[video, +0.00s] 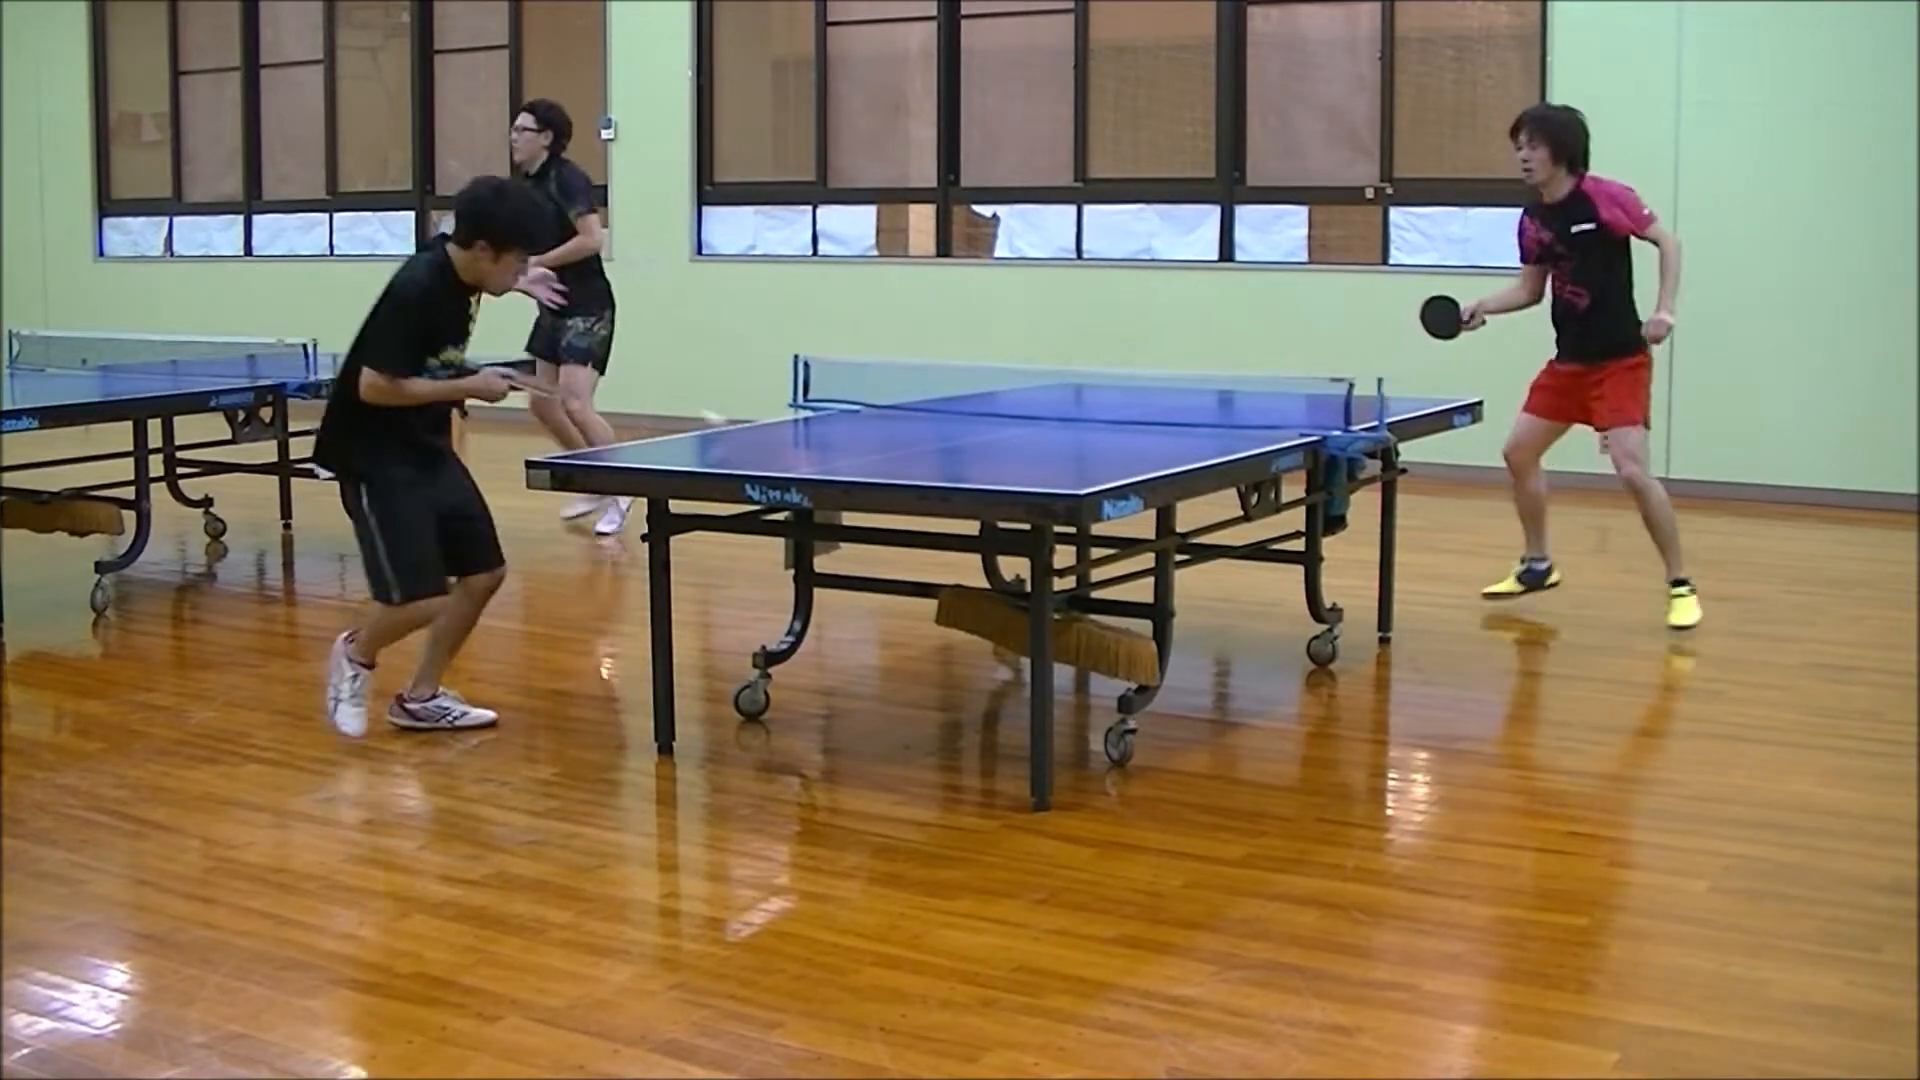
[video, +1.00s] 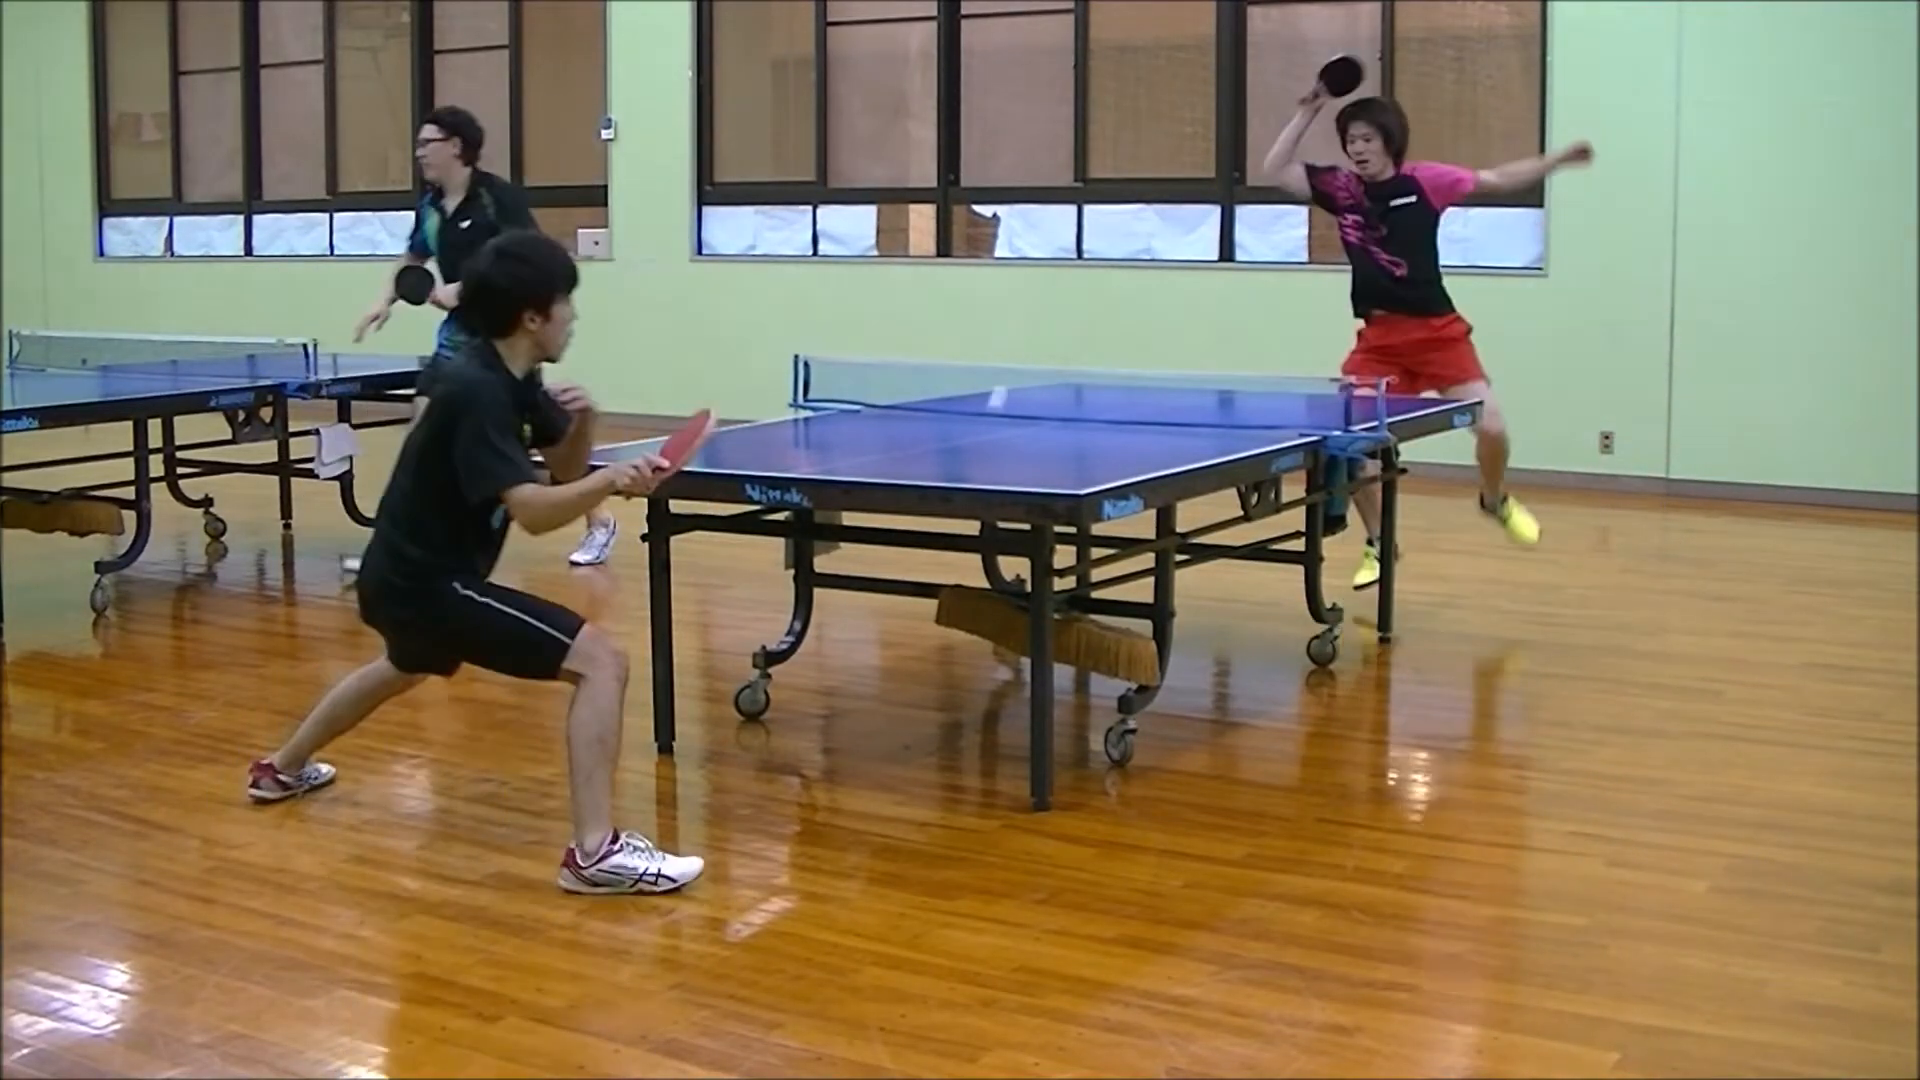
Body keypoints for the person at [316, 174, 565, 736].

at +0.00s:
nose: (522, 270)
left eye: (525, 259)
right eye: (518, 259)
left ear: (481, 246)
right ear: (483, 251)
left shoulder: (458, 283)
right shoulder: (418, 285)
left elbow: (424, 370)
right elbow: (372, 386)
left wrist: (479, 379)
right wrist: (466, 387)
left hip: (425, 447)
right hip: (372, 454)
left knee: (483, 572)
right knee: (422, 597)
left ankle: (420, 695)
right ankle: (354, 654)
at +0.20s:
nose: (548, 245)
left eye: (551, 233)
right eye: (547, 232)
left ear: (493, 218)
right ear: (520, 229)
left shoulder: (454, 254)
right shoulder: (480, 269)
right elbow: (441, 366)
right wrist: (528, 367)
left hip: (388, 453)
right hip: (405, 458)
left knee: (451, 570)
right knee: (523, 553)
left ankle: (427, 692)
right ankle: (430, 695)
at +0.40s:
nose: (549, 257)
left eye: (548, 246)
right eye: (547, 246)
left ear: (477, 246)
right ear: (530, 251)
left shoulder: (418, 301)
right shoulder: (516, 313)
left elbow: (383, 366)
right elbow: (543, 410)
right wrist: (599, 412)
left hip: (370, 492)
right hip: (448, 497)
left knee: (354, 619)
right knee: (528, 665)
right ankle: (529, 838)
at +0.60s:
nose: (548, 257)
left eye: (546, 245)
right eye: (546, 245)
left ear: (473, 246)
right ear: (530, 250)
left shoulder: (416, 301)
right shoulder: (513, 324)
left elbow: (351, 393)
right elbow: (532, 428)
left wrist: (397, 433)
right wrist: (591, 435)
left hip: (351, 503)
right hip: (434, 514)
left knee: (344, 609)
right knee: (545, 655)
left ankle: (274, 750)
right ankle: (539, 807)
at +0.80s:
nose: (531, 278)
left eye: (530, 264)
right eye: (527, 265)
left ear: (457, 262)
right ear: (505, 270)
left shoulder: (412, 319)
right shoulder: (482, 343)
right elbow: (542, 457)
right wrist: (615, 439)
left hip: (336, 534)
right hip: (409, 540)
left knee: (361, 631)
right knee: (553, 656)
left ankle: (276, 765)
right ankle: (570, 832)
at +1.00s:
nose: (572, 321)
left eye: (571, 308)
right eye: (566, 309)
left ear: (521, 314)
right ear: (532, 317)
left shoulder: (513, 374)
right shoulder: (476, 388)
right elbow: (533, 513)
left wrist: (582, 420)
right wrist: (610, 480)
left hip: (410, 578)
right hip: (424, 592)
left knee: (408, 667)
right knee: (600, 661)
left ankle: (281, 767)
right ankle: (595, 847)